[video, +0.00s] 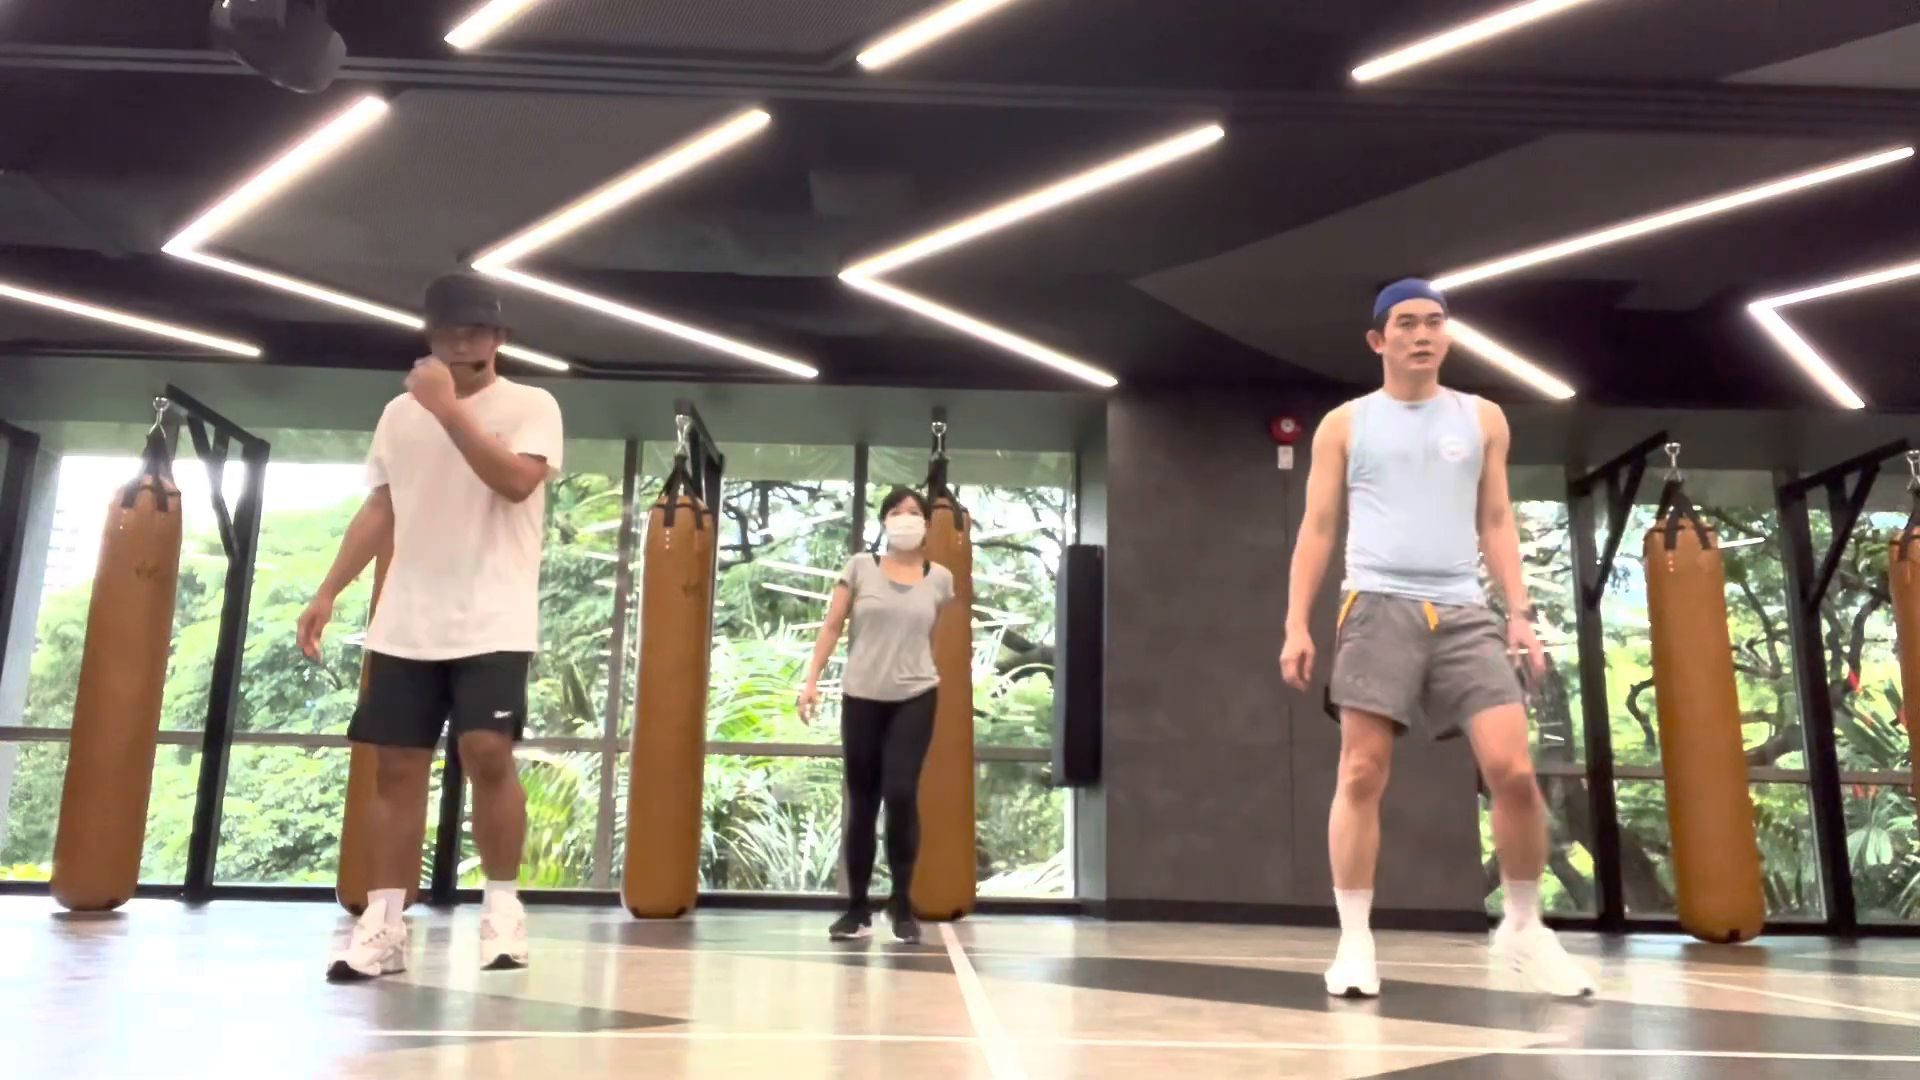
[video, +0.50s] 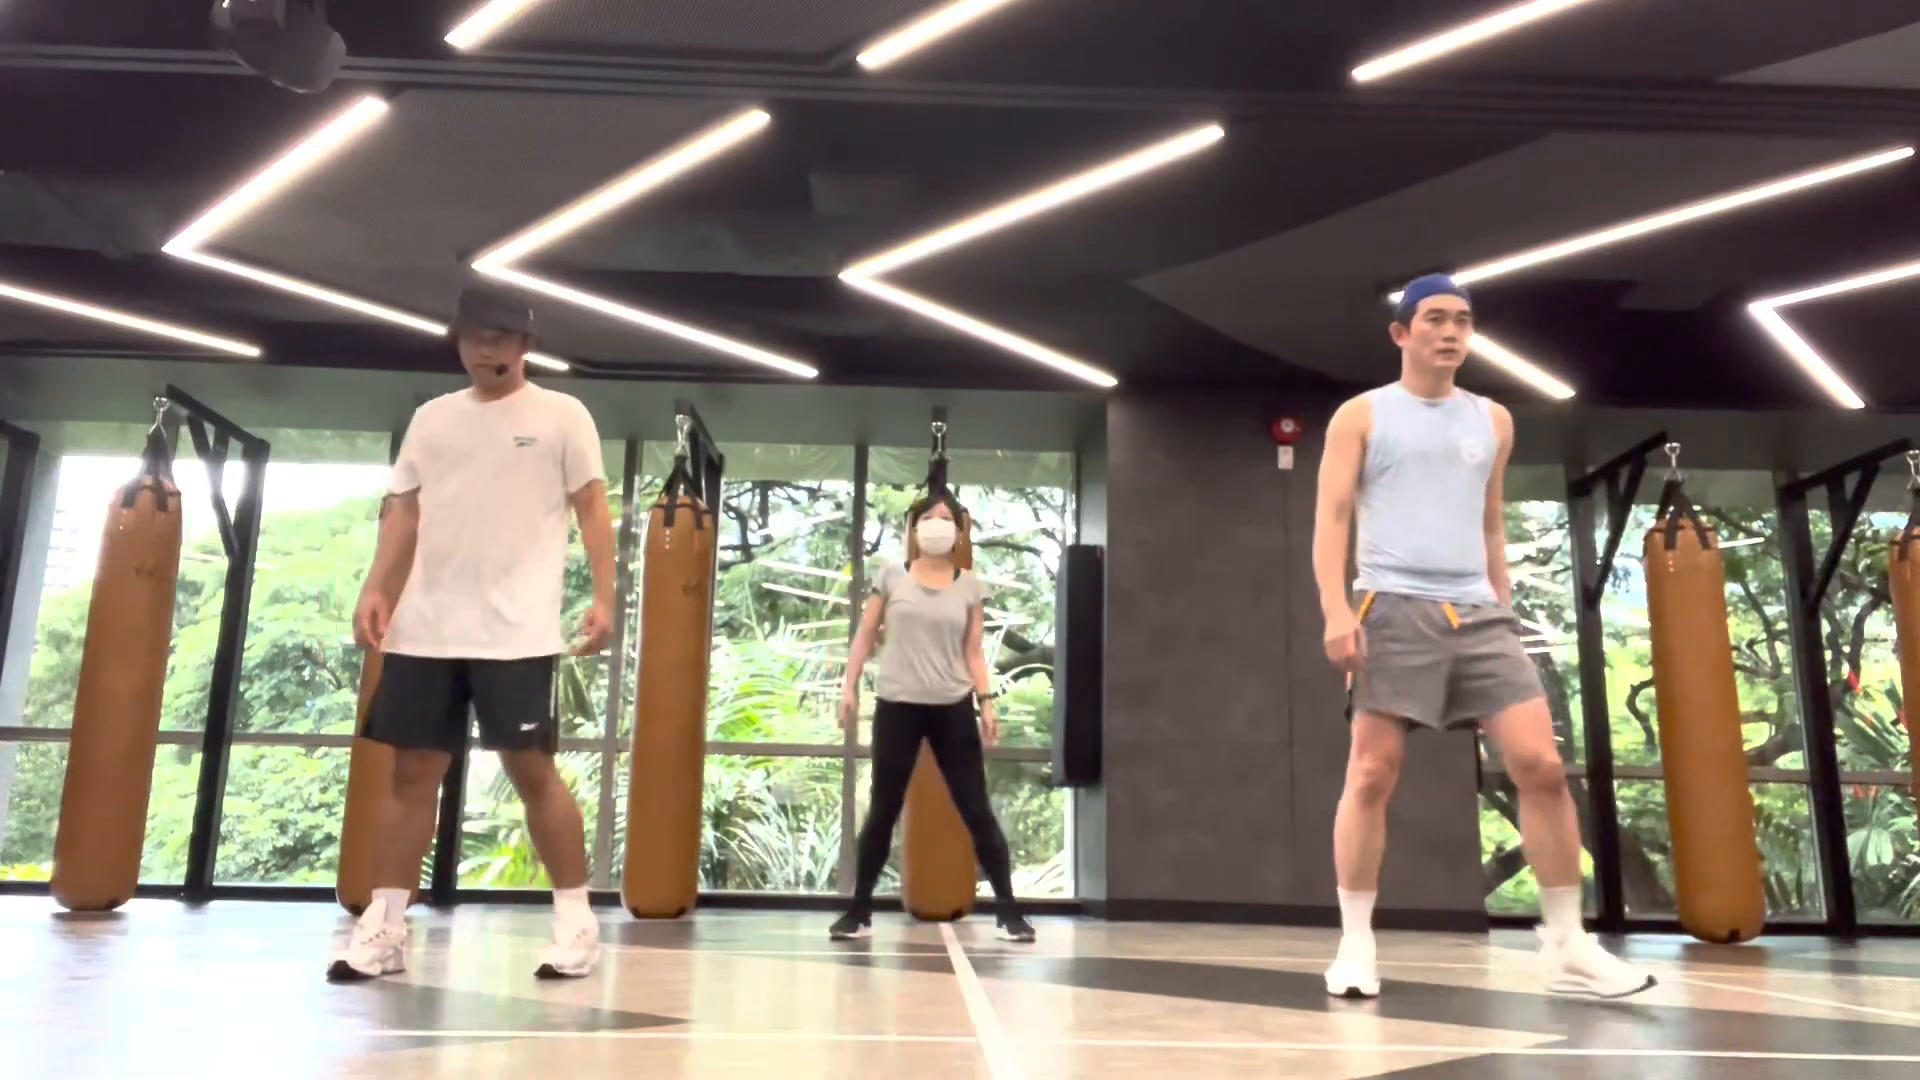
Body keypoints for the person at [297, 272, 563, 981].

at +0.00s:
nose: (472, 347)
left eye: (482, 333)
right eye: (457, 334)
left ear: (500, 335)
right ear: (431, 336)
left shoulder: (532, 406)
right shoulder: (401, 412)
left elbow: (519, 480)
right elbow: (379, 512)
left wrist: (449, 406)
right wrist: (326, 593)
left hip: (494, 621)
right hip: (406, 620)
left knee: (487, 754)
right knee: (397, 766)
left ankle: (501, 911)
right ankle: (385, 924)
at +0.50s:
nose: (491, 350)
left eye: (504, 336)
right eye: (478, 337)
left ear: (527, 342)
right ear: (458, 342)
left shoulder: (563, 416)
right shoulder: (429, 421)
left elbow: (592, 510)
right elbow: (401, 514)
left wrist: (603, 596)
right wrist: (377, 588)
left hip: (516, 631)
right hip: (424, 629)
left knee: (533, 772)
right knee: (411, 772)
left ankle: (576, 925)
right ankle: (385, 931)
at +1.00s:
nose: (591, 323)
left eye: (606, 321)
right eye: (580, 316)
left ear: (626, 349)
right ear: (557, 341)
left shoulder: (646, 422)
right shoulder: (515, 408)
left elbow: (658, 517)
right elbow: (489, 502)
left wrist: (651, 610)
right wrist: (454, 579)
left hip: (594, 625)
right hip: (505, 617)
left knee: (582, 770)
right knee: (486, 752)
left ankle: (582, 928)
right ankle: (519, 914)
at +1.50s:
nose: (543, 332)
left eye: (559, 328)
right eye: (532, 325)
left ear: (582, 355)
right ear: (514, 345)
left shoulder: (600, 416)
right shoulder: (478, 413)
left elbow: (615, 511)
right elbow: (451, 506)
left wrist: (610, 601)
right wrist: (411, 585)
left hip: (555, 626)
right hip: (469, 621)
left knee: (564, 772)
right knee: (435, 770)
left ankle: (581, 929)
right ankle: (405, 928)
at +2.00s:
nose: (460, 327)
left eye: (475, 320)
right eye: (447, 322)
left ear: (502, 341)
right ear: (432, 345)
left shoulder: (539, 405)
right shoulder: (407, 426)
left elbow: (562, 495)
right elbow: (379, 523)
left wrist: (554, 569)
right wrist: (338, 604)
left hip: (499, 616)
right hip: (412, 621)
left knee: (473, 746)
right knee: (410, 769)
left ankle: (455, 922)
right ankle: (400, 925)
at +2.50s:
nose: (538, 334)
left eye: (553, 330)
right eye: (525, 328)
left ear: (574, 355)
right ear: (505, 351)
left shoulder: (605, 412)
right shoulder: (479, 426)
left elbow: (616, 502)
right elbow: (452, 527)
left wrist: (593, 584)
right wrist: (418, 600)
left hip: (562, 626)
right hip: (473, 628)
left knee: (574, 769)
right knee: (441, 773)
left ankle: (598, 933)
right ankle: (406, 929)